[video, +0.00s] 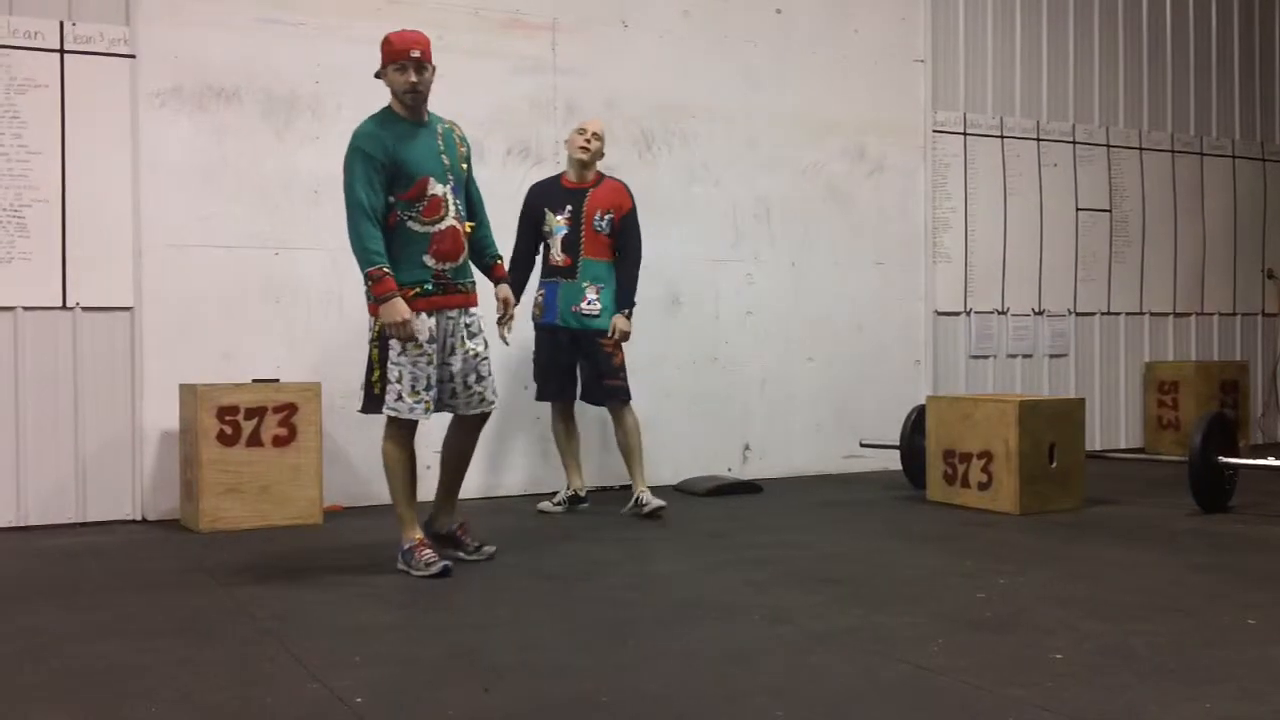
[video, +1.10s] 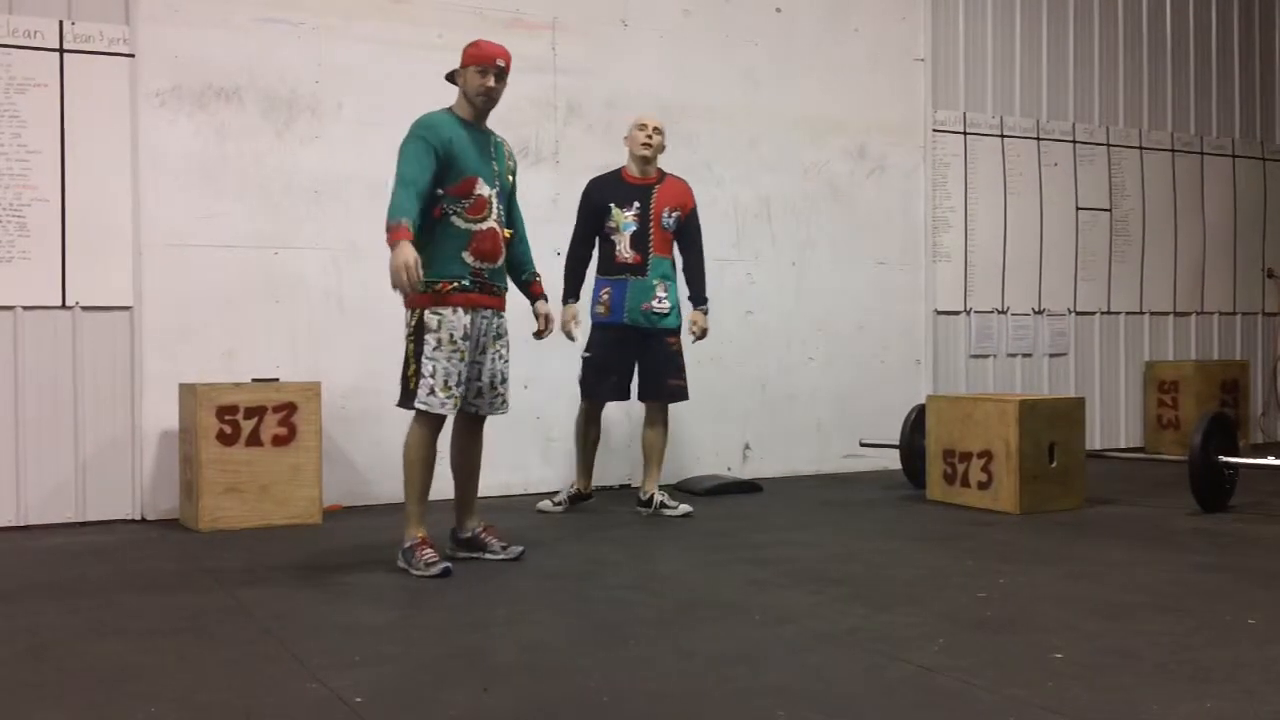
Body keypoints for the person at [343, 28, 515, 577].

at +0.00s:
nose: (413, 76)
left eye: (421, 67)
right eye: (401, 68)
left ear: (433, 73)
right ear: (384, 77)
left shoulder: (453, 137)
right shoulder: (370, 140)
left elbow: (473, 214)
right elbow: (363, 222)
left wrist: (500, 277)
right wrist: (385, 294)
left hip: (460, 300)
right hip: (406, 302)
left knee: (475, 405)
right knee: (402, 417)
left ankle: (443, 522)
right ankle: (411, 539)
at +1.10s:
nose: (491, 80)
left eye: (499, 75)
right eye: (482, 71)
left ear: (506, 85)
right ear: (459, 77)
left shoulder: (501, 150)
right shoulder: (431, 130)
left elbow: (512, 228)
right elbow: (407, 190)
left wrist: (537, 293)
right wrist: (401, 240)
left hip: (489, 302)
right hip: (441, 298)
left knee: (473, 414)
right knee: (430, 413)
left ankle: (467, 526)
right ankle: (415, 536)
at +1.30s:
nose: (500, 86)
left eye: (507, 80)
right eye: (491, 76)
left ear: (512, 89)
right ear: (468, 79)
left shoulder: (506, 151)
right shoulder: (440, 129)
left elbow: (516, 228)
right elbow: (413, 182)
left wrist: (543, 293)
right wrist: (406, 186)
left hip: (494, 300)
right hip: (448, 296)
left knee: (477, 416)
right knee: (439, 412)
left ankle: (468, 527)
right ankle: (417, 536)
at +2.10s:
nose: (488, 78)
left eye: (496, 70)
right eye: (477, 68)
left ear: (502, 78)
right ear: (455, 73)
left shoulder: (502, 145)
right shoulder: (432, 131)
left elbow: (517, 224)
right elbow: (412, 194)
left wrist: (547, 287)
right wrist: (421, 241)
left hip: (495, 301)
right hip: (448, 297)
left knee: (480, 415)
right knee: (442, 415)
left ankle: (470, 529)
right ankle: (436, 544)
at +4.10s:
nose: (505, 105)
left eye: (508, 96)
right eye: (504, 93)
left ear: (479, 83)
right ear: (481, 83)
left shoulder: (478, 144)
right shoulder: (431, 128)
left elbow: (484, 225)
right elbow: (431, 201)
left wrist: (522, 282)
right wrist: (464, 228)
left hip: (472, 298)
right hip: (440, 297)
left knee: (457, 416)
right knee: (440, 417)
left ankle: (450, 531)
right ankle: (434, 546)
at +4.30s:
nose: (506, 115)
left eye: (509, 104)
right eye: (506, 102)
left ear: (476, 86)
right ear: (487, 89)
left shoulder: (462, 139)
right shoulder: (437, 132)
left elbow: (472, 225)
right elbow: (465, 198)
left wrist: (525, 250)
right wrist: (531, 199)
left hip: (464, 294)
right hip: (444, 296)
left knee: (463, 412)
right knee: (454, 413)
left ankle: (449, 530)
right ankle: (437, 543)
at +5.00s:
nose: (495, 105)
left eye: (497, 95)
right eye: (494, 94)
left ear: (463, 83)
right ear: (472, 86)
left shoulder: (454, 132)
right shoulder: (418, 134)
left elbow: (483, 175)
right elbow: (451, 212)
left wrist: (530, 165)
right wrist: (525, 230)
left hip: (457, 296)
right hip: (422, 298)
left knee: (447, 419)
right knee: (415, 419)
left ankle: (448, 532)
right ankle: (402, 546)